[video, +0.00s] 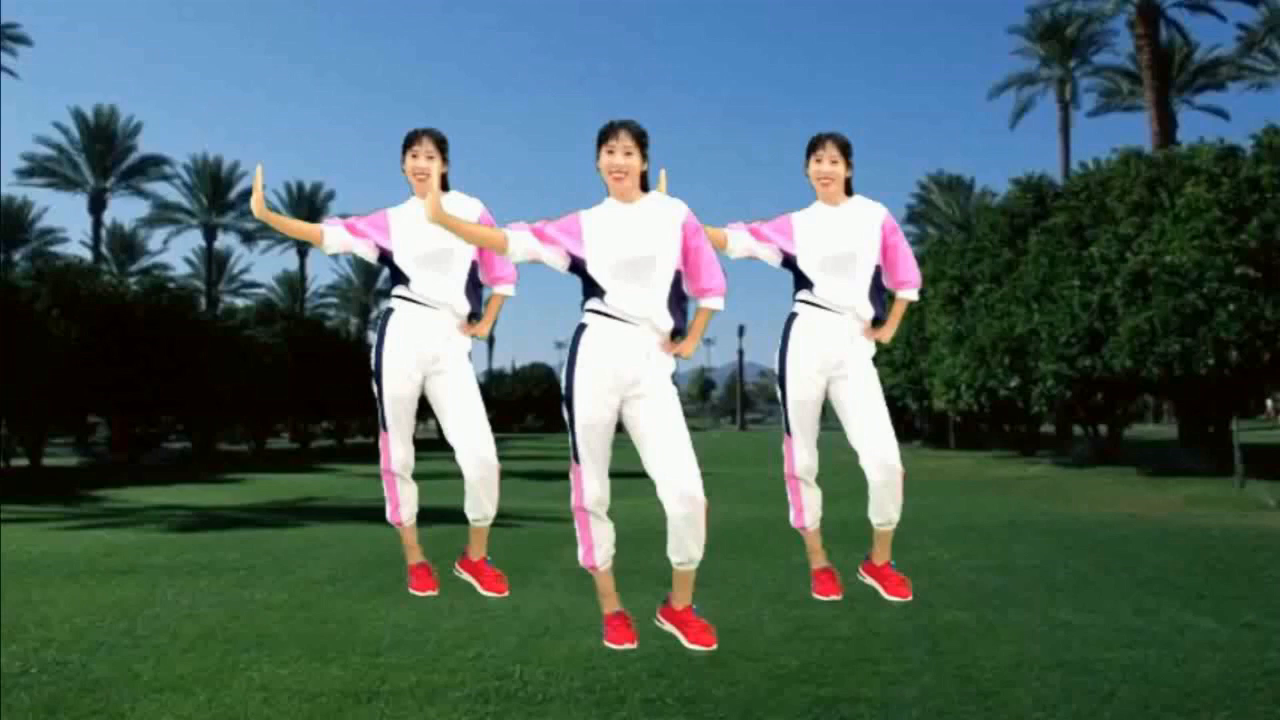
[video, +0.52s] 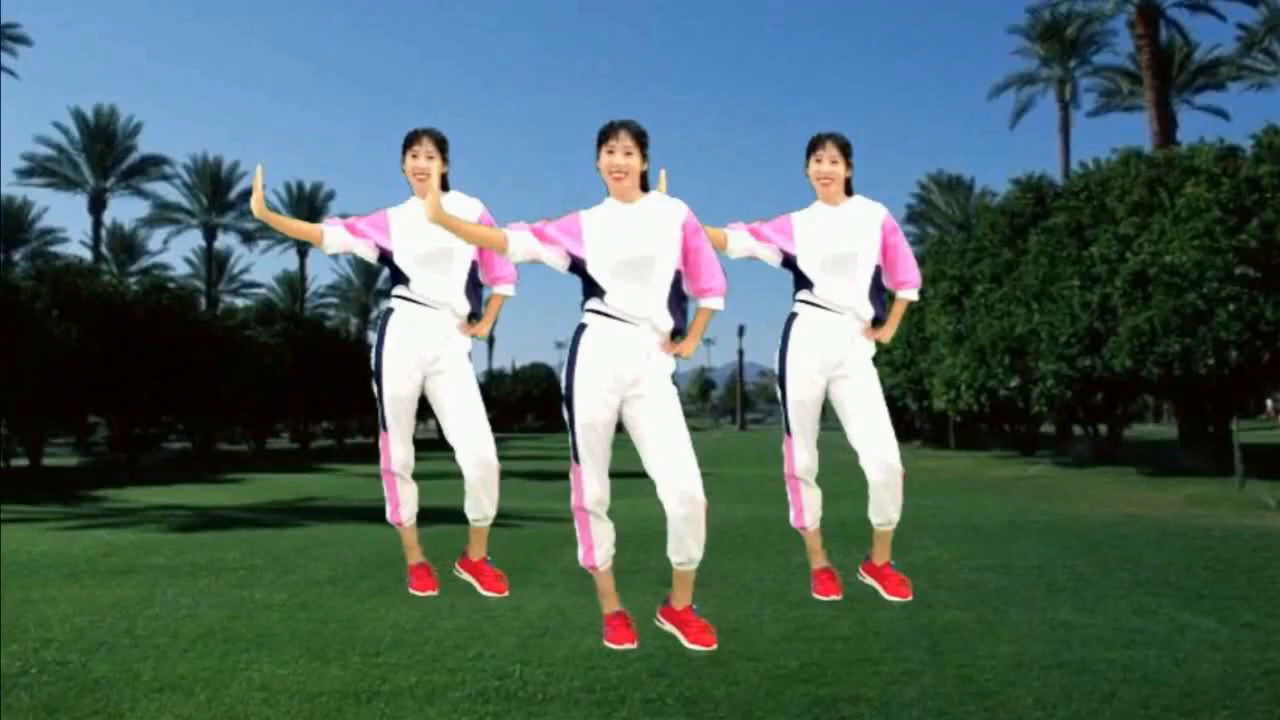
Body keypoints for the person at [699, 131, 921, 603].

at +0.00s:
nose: (826, 169)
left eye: (834, 162)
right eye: (818, 162)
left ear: (848, 169)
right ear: (807, 171)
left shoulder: (876, 217)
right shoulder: (797, 224)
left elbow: (908, 277)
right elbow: (735, 238)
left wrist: (888, 329)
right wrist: (682, 224)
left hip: (856, 341)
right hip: (807, 336)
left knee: (885, 461)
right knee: (802, 458)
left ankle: (879, 562)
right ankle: (819, 565)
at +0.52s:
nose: (825, 168)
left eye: (833, 161)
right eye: (818, 161)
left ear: (848, 169)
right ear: (807, 170)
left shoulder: (876, 217)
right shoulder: (797, 223)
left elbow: (908, 277)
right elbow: (734, 238)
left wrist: (889, 328)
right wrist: (682, 224)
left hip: (856, 340)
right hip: (807, 336)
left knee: (885, 461)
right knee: (802, 459)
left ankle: (879, 562)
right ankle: (819, 566)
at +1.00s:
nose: (825, 168)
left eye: (833, 161)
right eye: (818, 161)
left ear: (848, 169)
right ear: (807, 170)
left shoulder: (876, 217)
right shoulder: (797, 223)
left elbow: (908, 277)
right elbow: (734, 238)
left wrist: (889, 328)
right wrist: (682, 224)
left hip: (856, 341)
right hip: (807, 336)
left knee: (885, 461)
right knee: (802, 459)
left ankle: (879, 562)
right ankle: (819, 565)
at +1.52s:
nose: (825, 168)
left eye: (833, 161)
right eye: (818, 161)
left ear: (848, 169)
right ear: (807, 170)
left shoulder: (875, 217)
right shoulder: (797, 223)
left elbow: (907, 277)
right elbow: (734, 238)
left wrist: (888, 329)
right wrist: (682, 224)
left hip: (855, 340)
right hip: (807, 336)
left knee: (885, 459)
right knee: (802, 458)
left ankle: (879, 562)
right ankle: (819, 565)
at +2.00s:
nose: (825, 168)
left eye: (833, 161)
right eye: (818, 161)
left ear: (848, 169)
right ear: (807, 170)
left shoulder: (875, 217)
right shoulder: (797, 223)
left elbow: (907, 276)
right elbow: (734, 238)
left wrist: (888, 329)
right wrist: (682, 224)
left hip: (855, 340)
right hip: (807, 336)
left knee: (886, 459)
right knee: (802, 458)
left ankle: (879, 562)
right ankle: (819, 565)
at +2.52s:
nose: (825, 168)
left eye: (833, 161)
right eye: (818, 161)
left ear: (848, 169)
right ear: (807, 171)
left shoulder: (876, 217)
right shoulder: (797, 223)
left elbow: (907, 277)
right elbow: (734, 238)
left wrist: (888, 329)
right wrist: (682, 224)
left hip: (855, 340)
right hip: (806, 335)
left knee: (885, 458)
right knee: (802, 458)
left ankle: (879, 562)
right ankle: (819, 565)